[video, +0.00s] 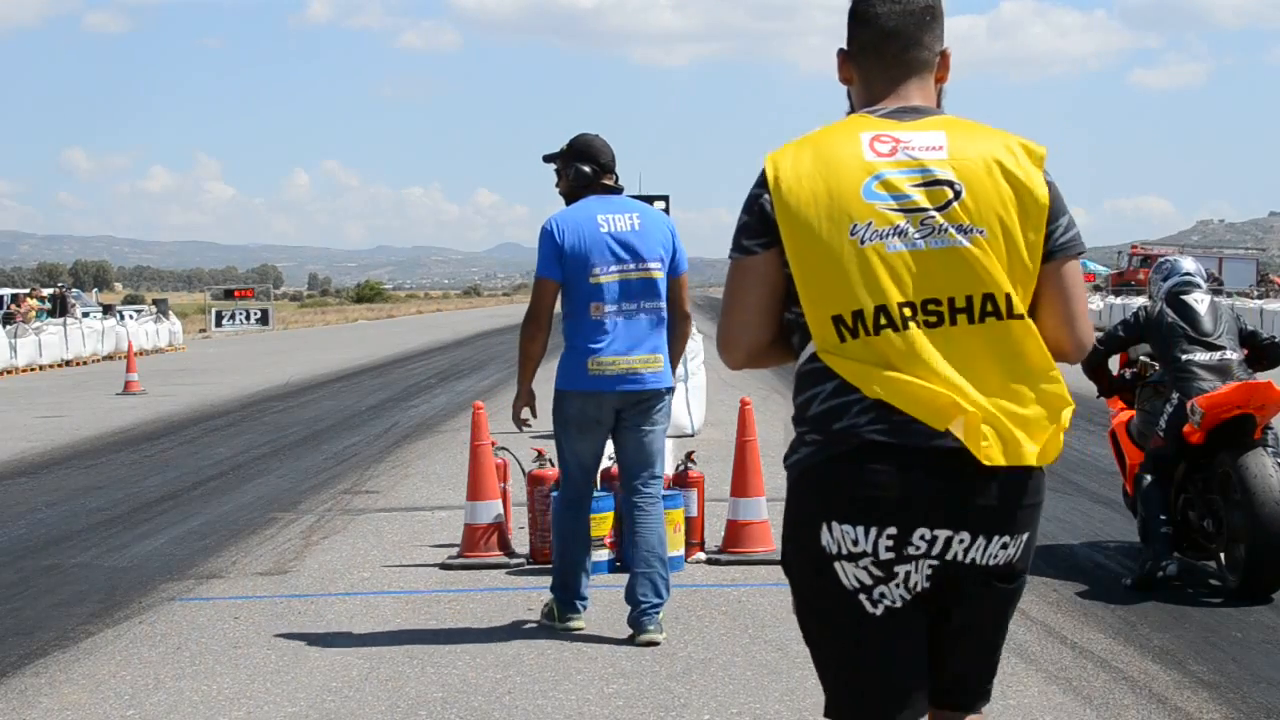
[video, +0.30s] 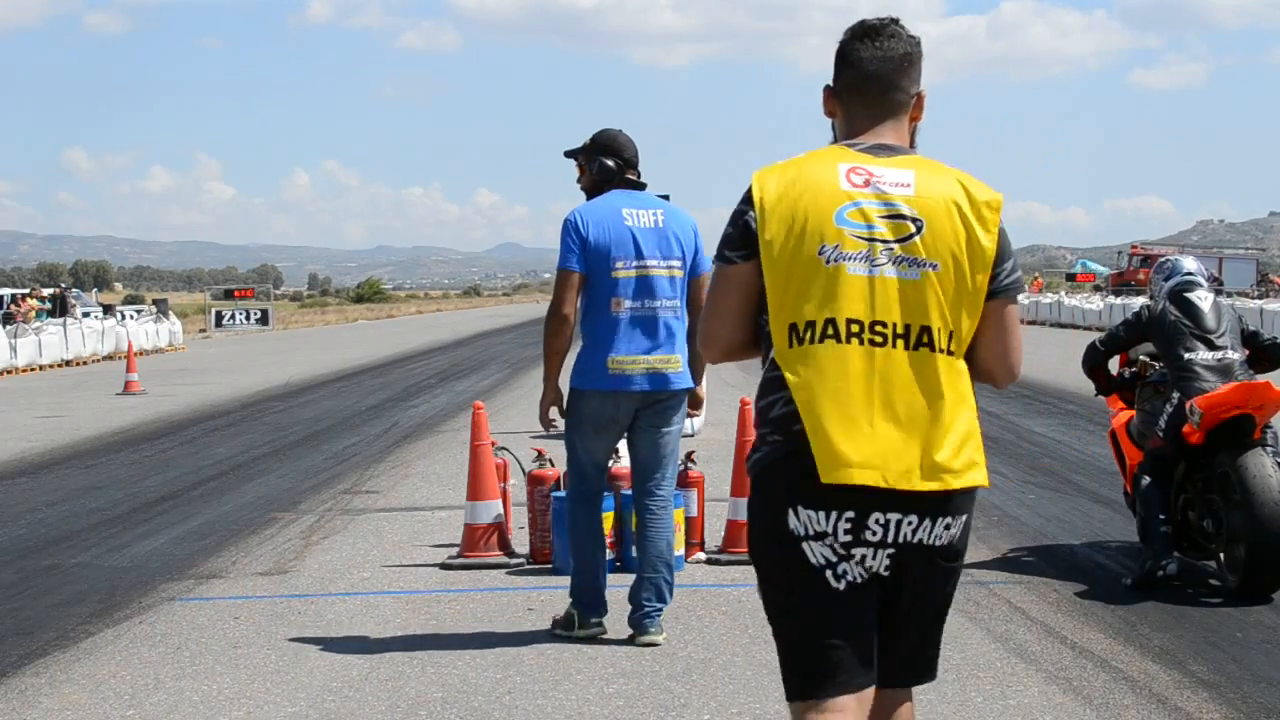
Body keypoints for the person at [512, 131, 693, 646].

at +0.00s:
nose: (556, 183)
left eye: (559, 175)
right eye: (556, 175)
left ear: (576, 176)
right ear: (612, 177)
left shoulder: (562, 227)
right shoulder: (661, 224)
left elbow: (540, 316)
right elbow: (681, 313)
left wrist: (524, 381)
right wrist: (666, 370)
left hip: (584, 382)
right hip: (651, 378)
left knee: (574, 491)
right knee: (645, 492)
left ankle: (569, 604)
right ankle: (648, 614)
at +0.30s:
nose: (578, 179)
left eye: (581, 170)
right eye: (578, 170)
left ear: (597, 170)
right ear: (635, 171)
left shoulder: (585, 220)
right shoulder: (683, 221)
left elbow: (564, 312)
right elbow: (700, 309)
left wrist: (551, 380)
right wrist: (697, 377)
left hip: (602, 379)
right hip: (669, 377)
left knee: (585, 492)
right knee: (658, 497)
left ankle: (587, 611)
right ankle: (651, 618)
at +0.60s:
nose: (584, 175)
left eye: (587, 166)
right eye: (584, 165)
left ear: (601, 169)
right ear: (640, 169)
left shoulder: (589, 219)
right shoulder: (687, 220)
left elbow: (564, 312)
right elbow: (709, 307)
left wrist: (543, 389)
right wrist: (708, 382)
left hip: (607, 381)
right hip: (673, 380)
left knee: (605, 492)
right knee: (658, 495)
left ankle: (632, 612)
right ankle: (652, 611)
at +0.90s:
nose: (577, 171)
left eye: (581, 162)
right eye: (577, 161)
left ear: (598, 165)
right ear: (631, 164)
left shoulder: (584, 219)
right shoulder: (676, 215)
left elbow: (562, 313)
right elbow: (698, 304)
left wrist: (541, 381)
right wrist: (686, 370)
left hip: (607, 380)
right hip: (669, 378)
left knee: (620, 501)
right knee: (659, 495)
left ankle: (639, 630)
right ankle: (653, 609)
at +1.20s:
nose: (572, 173)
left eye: (575, 164)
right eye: (572, 164)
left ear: (593, 166)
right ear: (631, 165)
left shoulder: (581, 220)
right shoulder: (680, 215)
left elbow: (564, 317)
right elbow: (700, 308)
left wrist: (549, 395)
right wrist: (684, 365)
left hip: (609, 382)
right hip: (675, 380)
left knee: (622, 504)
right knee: (668, 497)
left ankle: (638, 630)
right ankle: (669, 620)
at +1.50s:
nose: (578, 169)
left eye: (585, 159)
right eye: (579, 159)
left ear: (610, 161)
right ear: (635, 163)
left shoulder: (594, 218)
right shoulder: (690, 215)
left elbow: (570, 317)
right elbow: (711, 308)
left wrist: (545, 391)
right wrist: (709, 379)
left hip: (614, 386)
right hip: (682, 382)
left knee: (623, 508)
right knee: (688, 500)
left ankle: (638, 633)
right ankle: (704, 626)